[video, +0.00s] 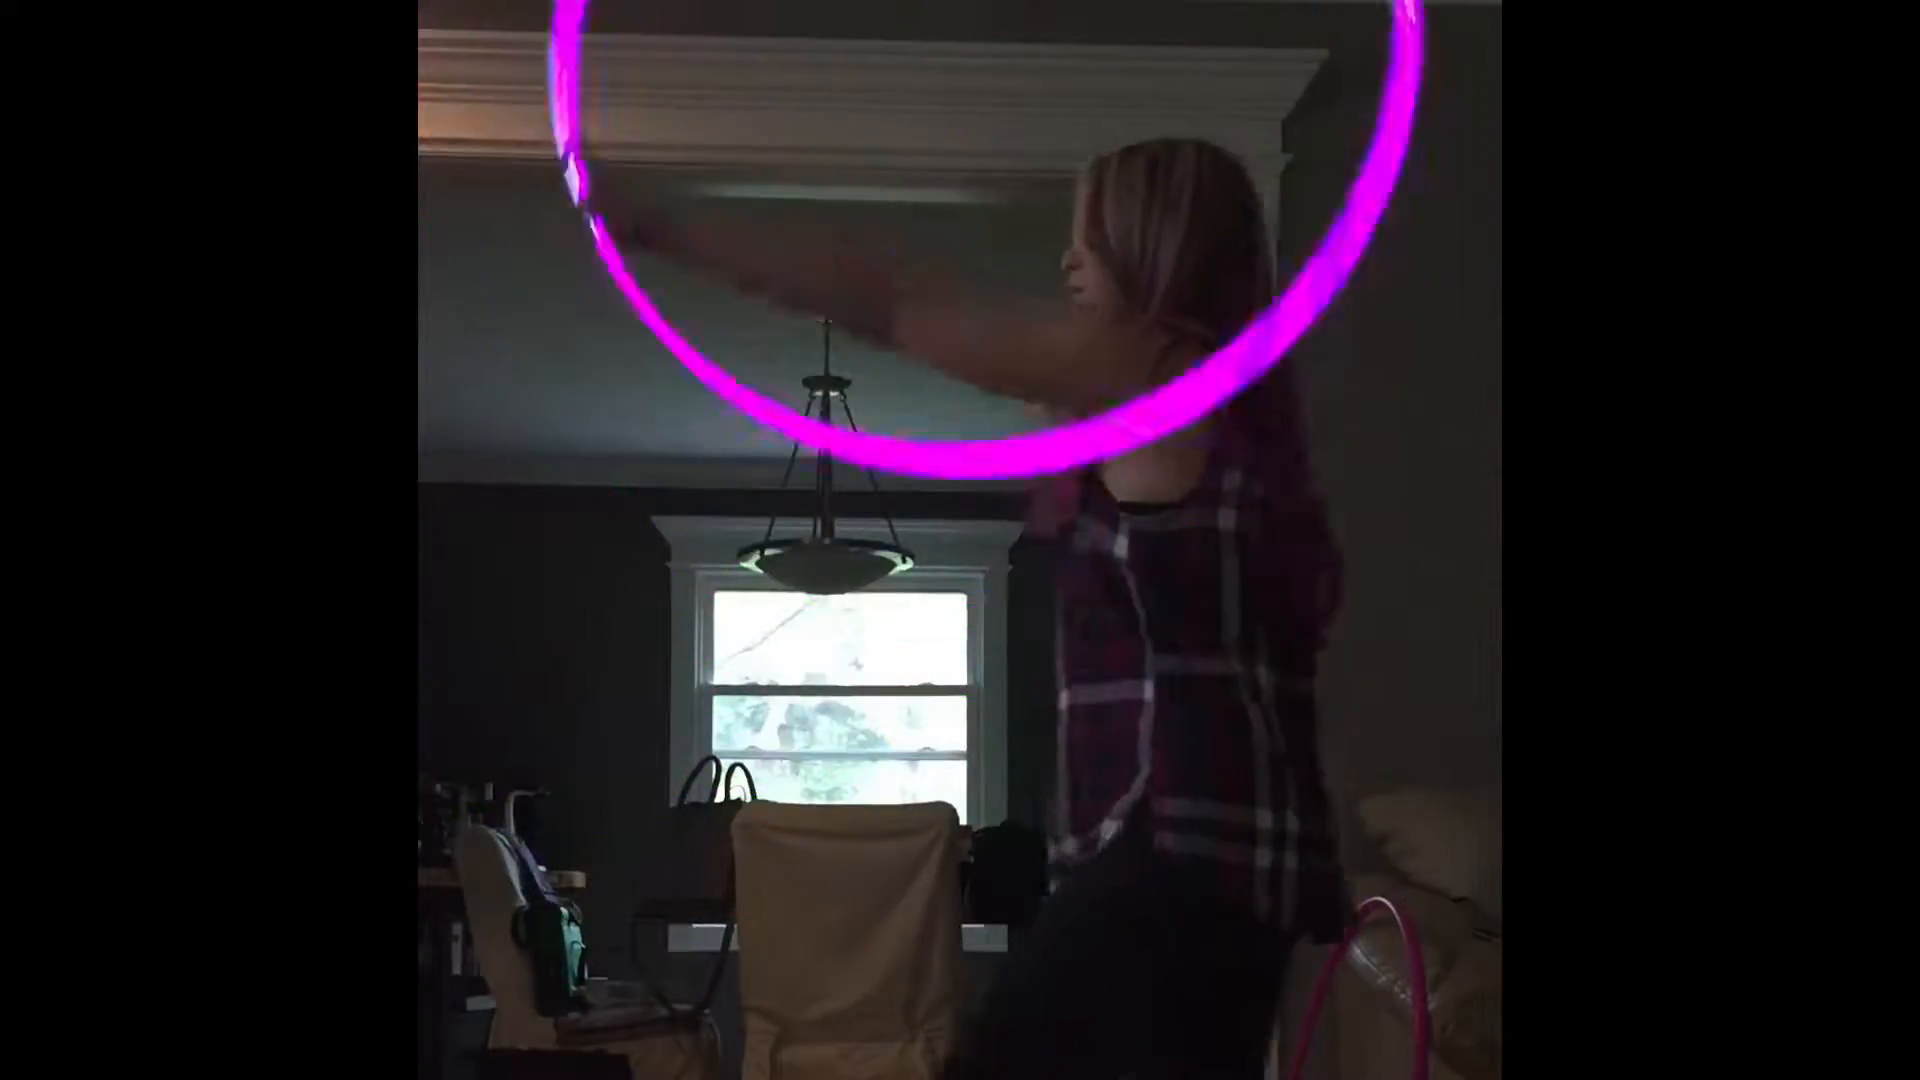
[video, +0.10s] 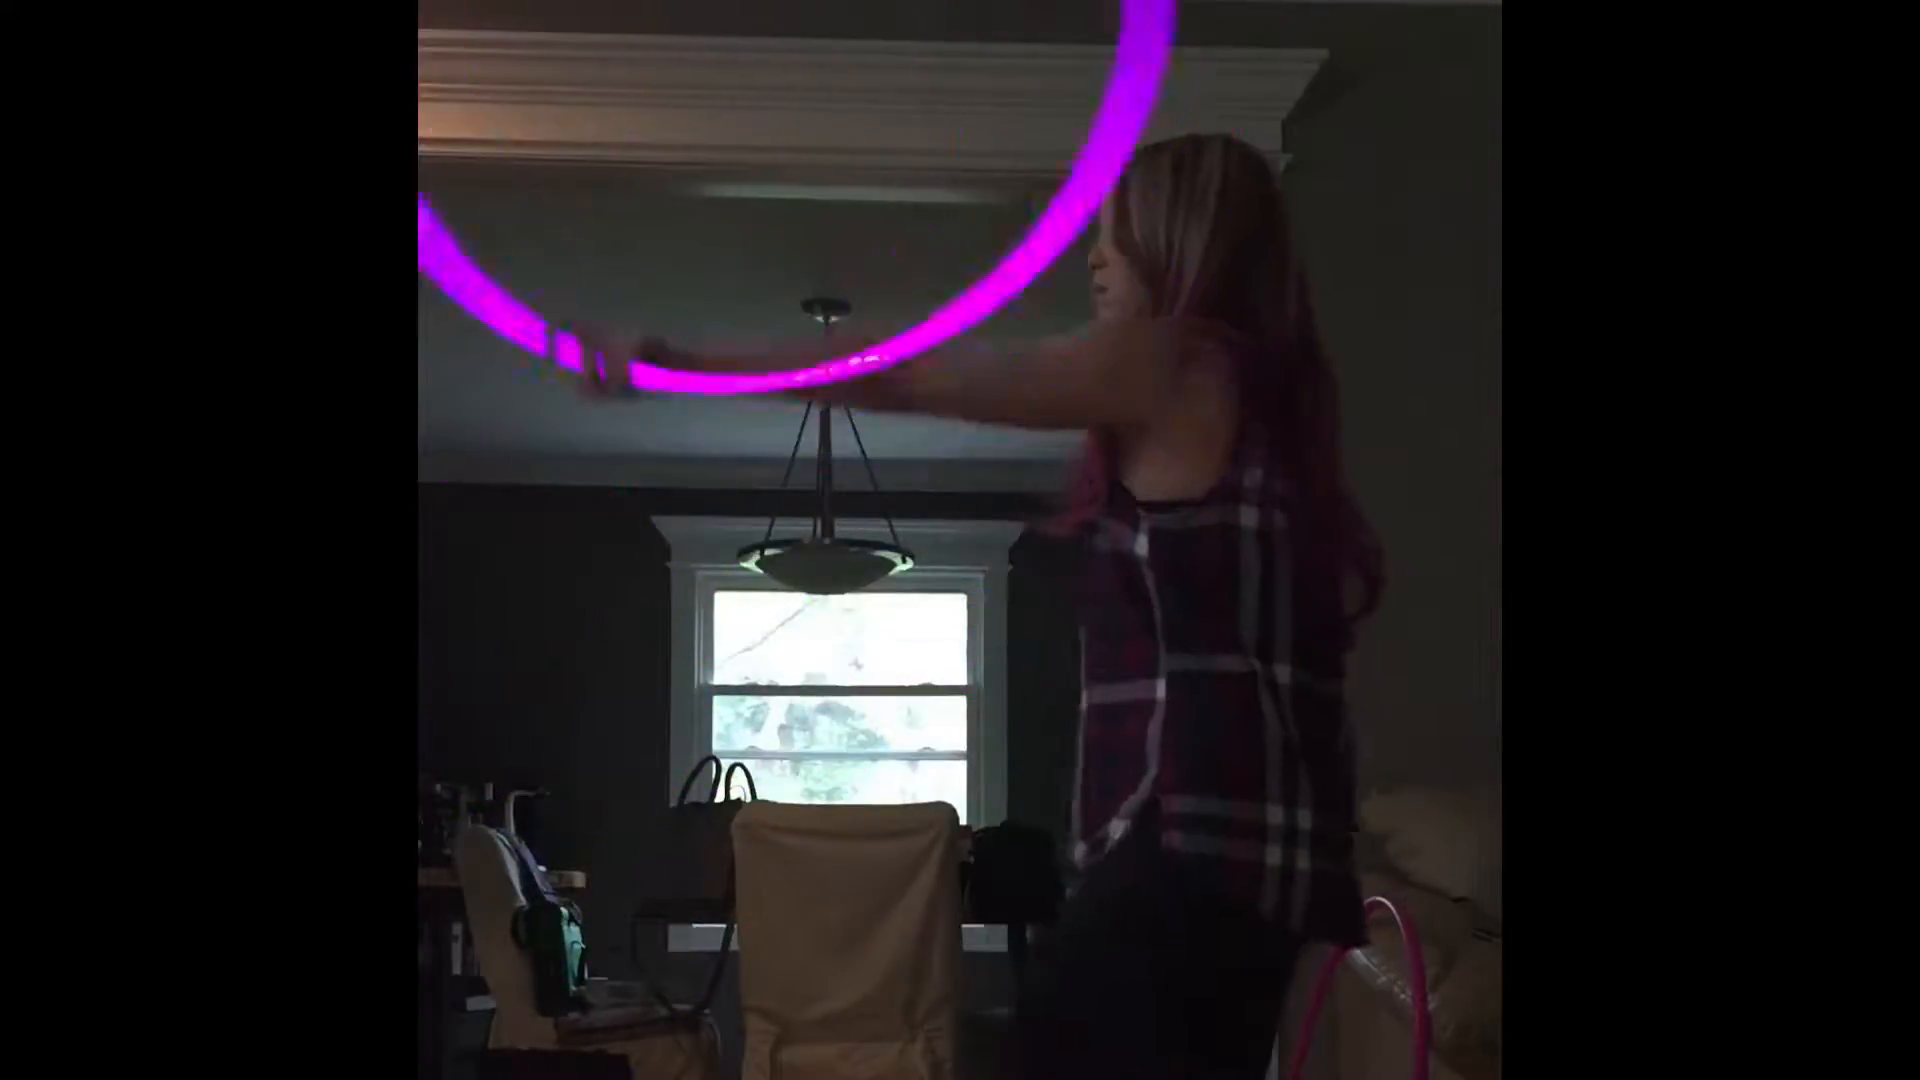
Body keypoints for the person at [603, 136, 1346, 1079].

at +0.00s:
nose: (1065, 275)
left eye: (1081, 253)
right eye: (1070, 251)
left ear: (1141, 260)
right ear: (1201, 261)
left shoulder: (1167, 379)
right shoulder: (1236, 392)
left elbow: (899, 308)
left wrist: (673, 233)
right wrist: (1086, 500)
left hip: (1176, 860)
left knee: (1019, 1053)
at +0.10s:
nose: (1091, 275)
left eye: (1110, 252)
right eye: (1096, 251)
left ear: (1174, 255)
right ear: (1221, 257)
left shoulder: (1172, 367)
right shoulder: (1263, 390)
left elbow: (913, 377)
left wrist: (659, 359)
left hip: (1192, 853)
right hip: (1267, 850)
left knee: (1081, 1051)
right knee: (1195, 1062)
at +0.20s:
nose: (1108, 261)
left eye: (1126, 238)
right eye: (1115, 236)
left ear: (1187, 247)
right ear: (1244, 248)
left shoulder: (1166, 359)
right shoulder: (1302, 387)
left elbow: (916, 432)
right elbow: (1364, 585)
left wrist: (695, 469)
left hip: (1194, 836)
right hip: (1301, 838)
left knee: (1113, 1052)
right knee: (1213, 1056)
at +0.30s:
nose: (1109, 259)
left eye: (1130, 236)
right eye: (1118, 234)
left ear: (1193, 248)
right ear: (1246, 250)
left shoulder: (1151, 359)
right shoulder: (1312, 393)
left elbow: (928, 469)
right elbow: (1349, 611)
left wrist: (740, 533)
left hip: (1176, 826)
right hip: (1296, 832)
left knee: (1134, 1052)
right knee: (1208, 1054)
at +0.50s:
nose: (1084, 248)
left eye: (1102, 223)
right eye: (1090, 224)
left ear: (1161, 230)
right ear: (1240, 235)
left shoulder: (1099, 350)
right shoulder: (1304, 382)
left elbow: (899, 449)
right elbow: (1346, 626)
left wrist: (750, 494)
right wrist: (1343, 866)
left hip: (1156, 814)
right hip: (1302, 813)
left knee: (1121, 1052)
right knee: (1186, 1046)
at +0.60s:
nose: (1061, 244)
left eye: (1079, 218)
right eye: (1068, 217)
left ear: (1130, 227)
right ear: (1227, 232)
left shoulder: (1071, 359)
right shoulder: (1290, 385)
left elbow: (875, 458)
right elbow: (1344, 624)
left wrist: (730, 492)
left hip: (1135, 830)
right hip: (1290, 825)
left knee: (1105, 1052)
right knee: (1166, 1045)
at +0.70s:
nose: (1039, 235)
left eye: (1055, 211)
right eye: (1043, 210)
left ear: (1110, 225)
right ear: (1198, 230)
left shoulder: (1048, 366)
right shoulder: (1282, 396)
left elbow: (869, 488)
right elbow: (1338, 651)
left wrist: (738, 504)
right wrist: (1307, 872)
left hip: (1099, 825)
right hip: (1255, 827)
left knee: (1103, 1055)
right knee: (1150, 1047)